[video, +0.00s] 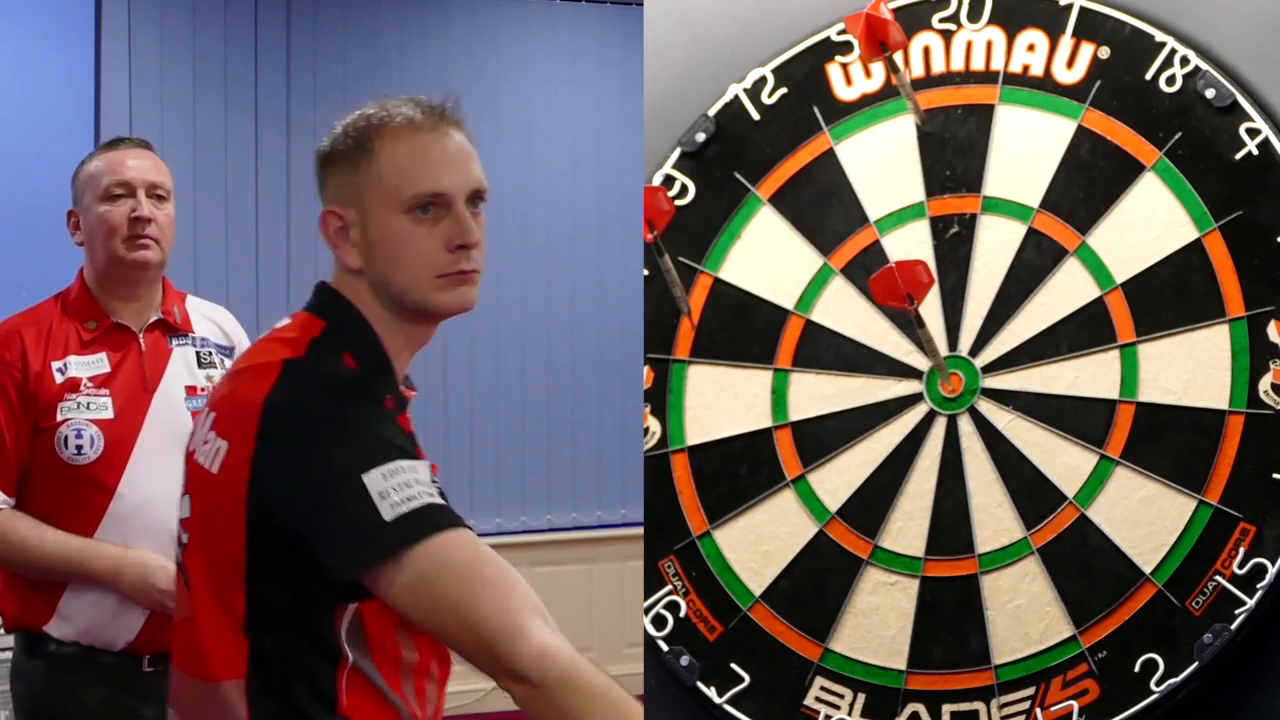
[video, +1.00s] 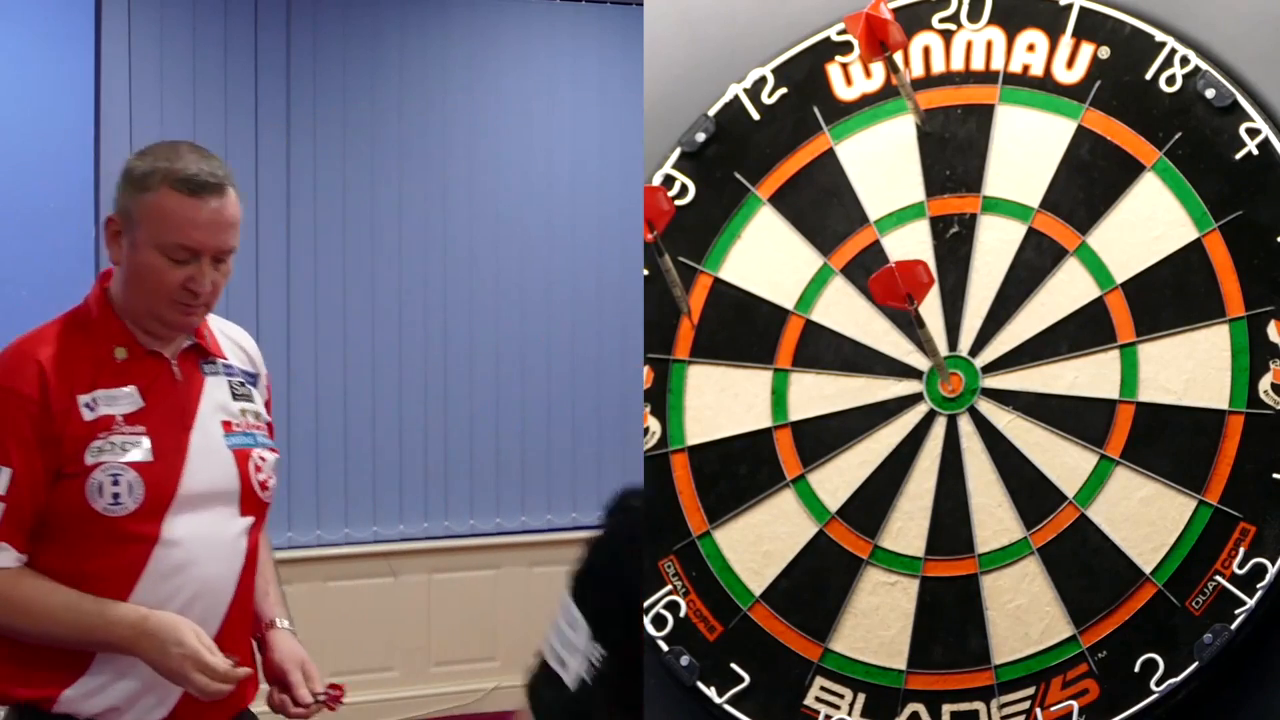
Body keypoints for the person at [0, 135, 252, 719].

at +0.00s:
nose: (142, 210)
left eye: (157, 196)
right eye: (117, 195)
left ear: (175, 220)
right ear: (77, 225)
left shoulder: (219, 332)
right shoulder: (20, 344)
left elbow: (262, 475)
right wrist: (118, 566)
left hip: (205, 672)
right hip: (68, 671)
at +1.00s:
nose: (204, 284)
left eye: (222, 259)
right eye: (181, 257)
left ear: (236, 250)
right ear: (116, 240)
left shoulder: (239, 357)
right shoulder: (33, 375)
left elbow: (247, 517)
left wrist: (275, 628)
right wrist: (135, 629)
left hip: (220, 706)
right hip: (75, 708)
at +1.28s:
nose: (291, 265)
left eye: (307, 239)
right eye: (265, 237)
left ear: (319, 238)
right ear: (197, 232)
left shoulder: (300, 351)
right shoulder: (119, 368)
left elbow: (303, 535)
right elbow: (49, 575)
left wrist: (344, 646)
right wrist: (232, 634)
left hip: (301, 704)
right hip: (164, 710)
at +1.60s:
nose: (321, 212)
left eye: (333, 190)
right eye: (290, 189)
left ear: (346, 204)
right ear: (225, 216)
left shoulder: (313, 340)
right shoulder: (186, 346)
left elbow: (323, 541)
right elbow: (126, 568)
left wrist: (388, 667)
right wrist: (330, 630)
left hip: (339, 702)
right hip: (228, 704)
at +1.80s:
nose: (341, 201)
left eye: (352, 181)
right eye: (308, 179)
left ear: (365, 199)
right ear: (242, 211)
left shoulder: (310, 337)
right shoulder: (227, 338)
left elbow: (316, 543)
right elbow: (187, 568)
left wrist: (400, 663)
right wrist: (399, 622)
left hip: (355, 703)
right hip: (263, 704)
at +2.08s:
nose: (375, 193)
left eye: (385, 172)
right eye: (339, 171)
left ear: (397, 193)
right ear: (271, 208)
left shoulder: (331, 336)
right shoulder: (275, 345)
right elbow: (261, 589)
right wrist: (482, 643)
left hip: (371, 701)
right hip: (308, 704)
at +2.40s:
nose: (385, 183)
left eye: (395, 164)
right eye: (349, 163)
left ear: (409, 186)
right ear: (279, 204)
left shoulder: (346, 331)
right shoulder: (276, 354)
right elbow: (256, 608)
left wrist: (433, 690)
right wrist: (424, 709)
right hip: (311, 707)